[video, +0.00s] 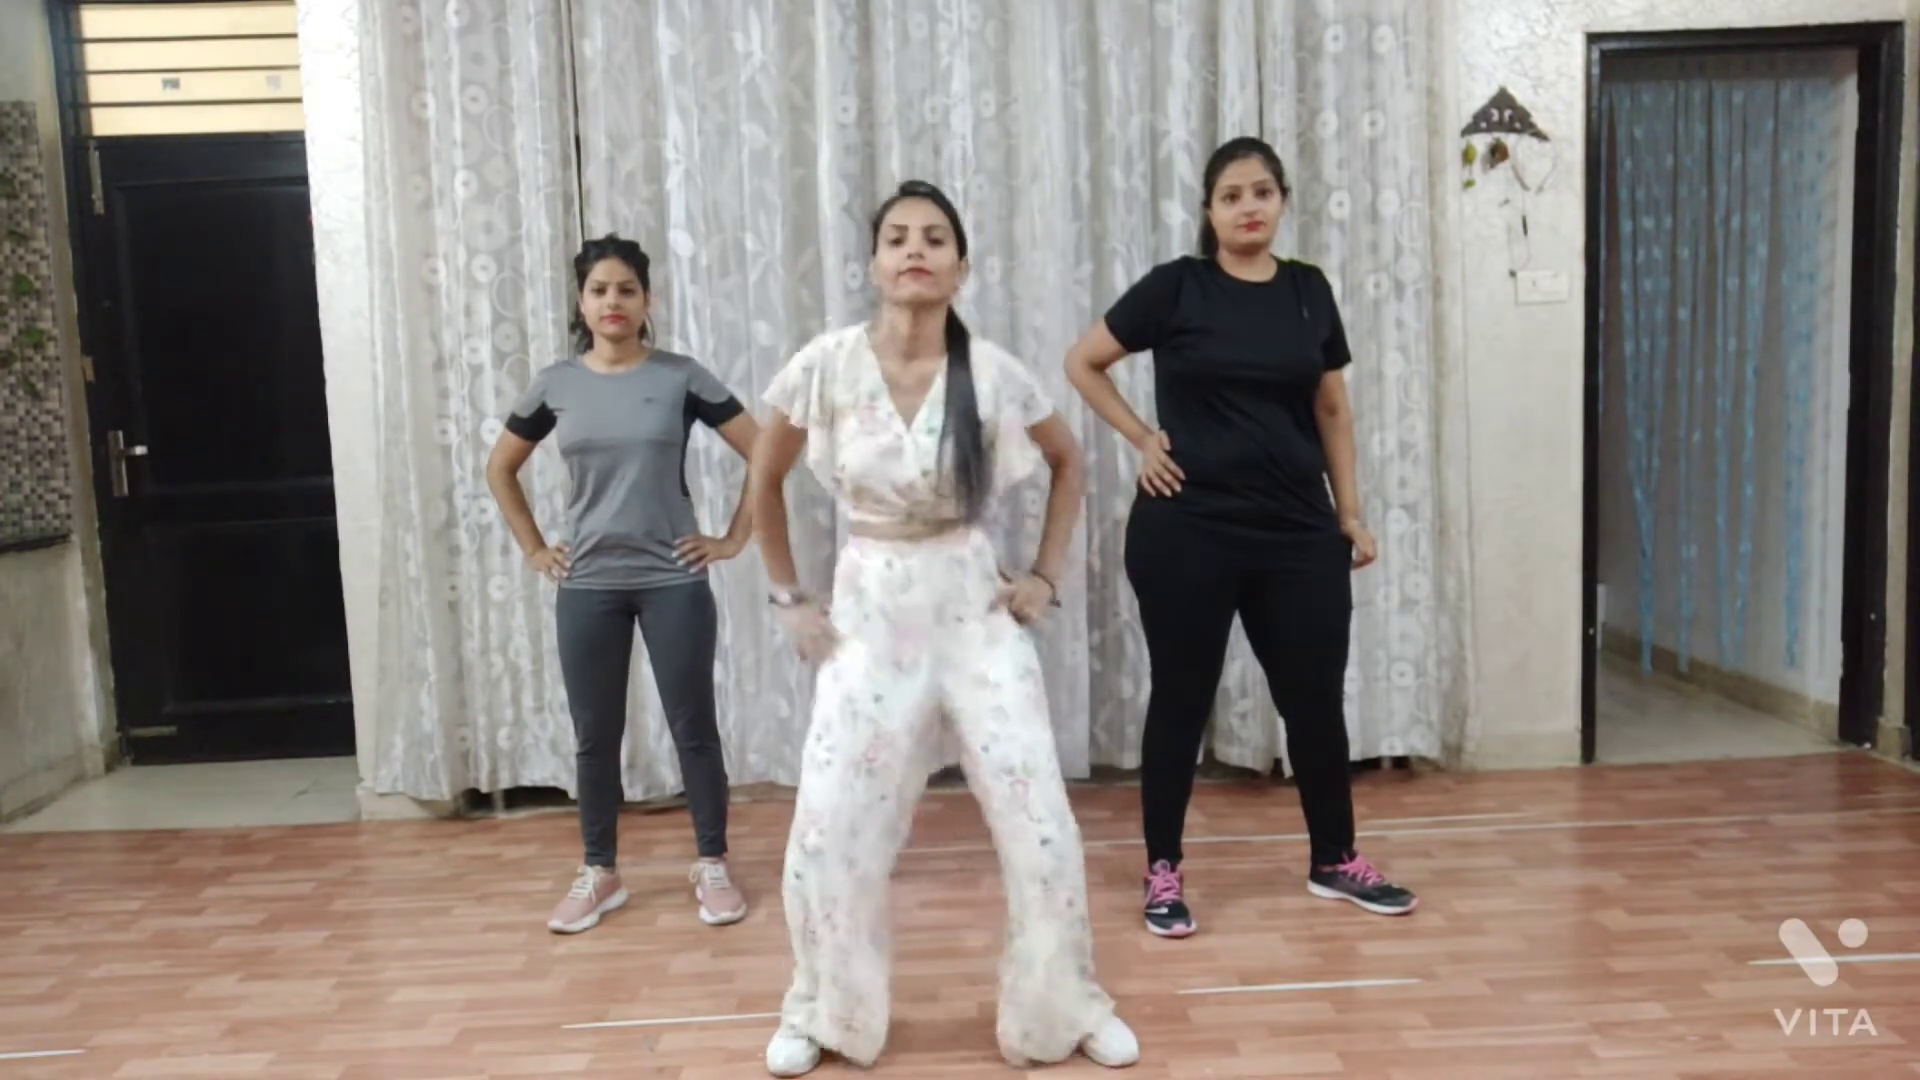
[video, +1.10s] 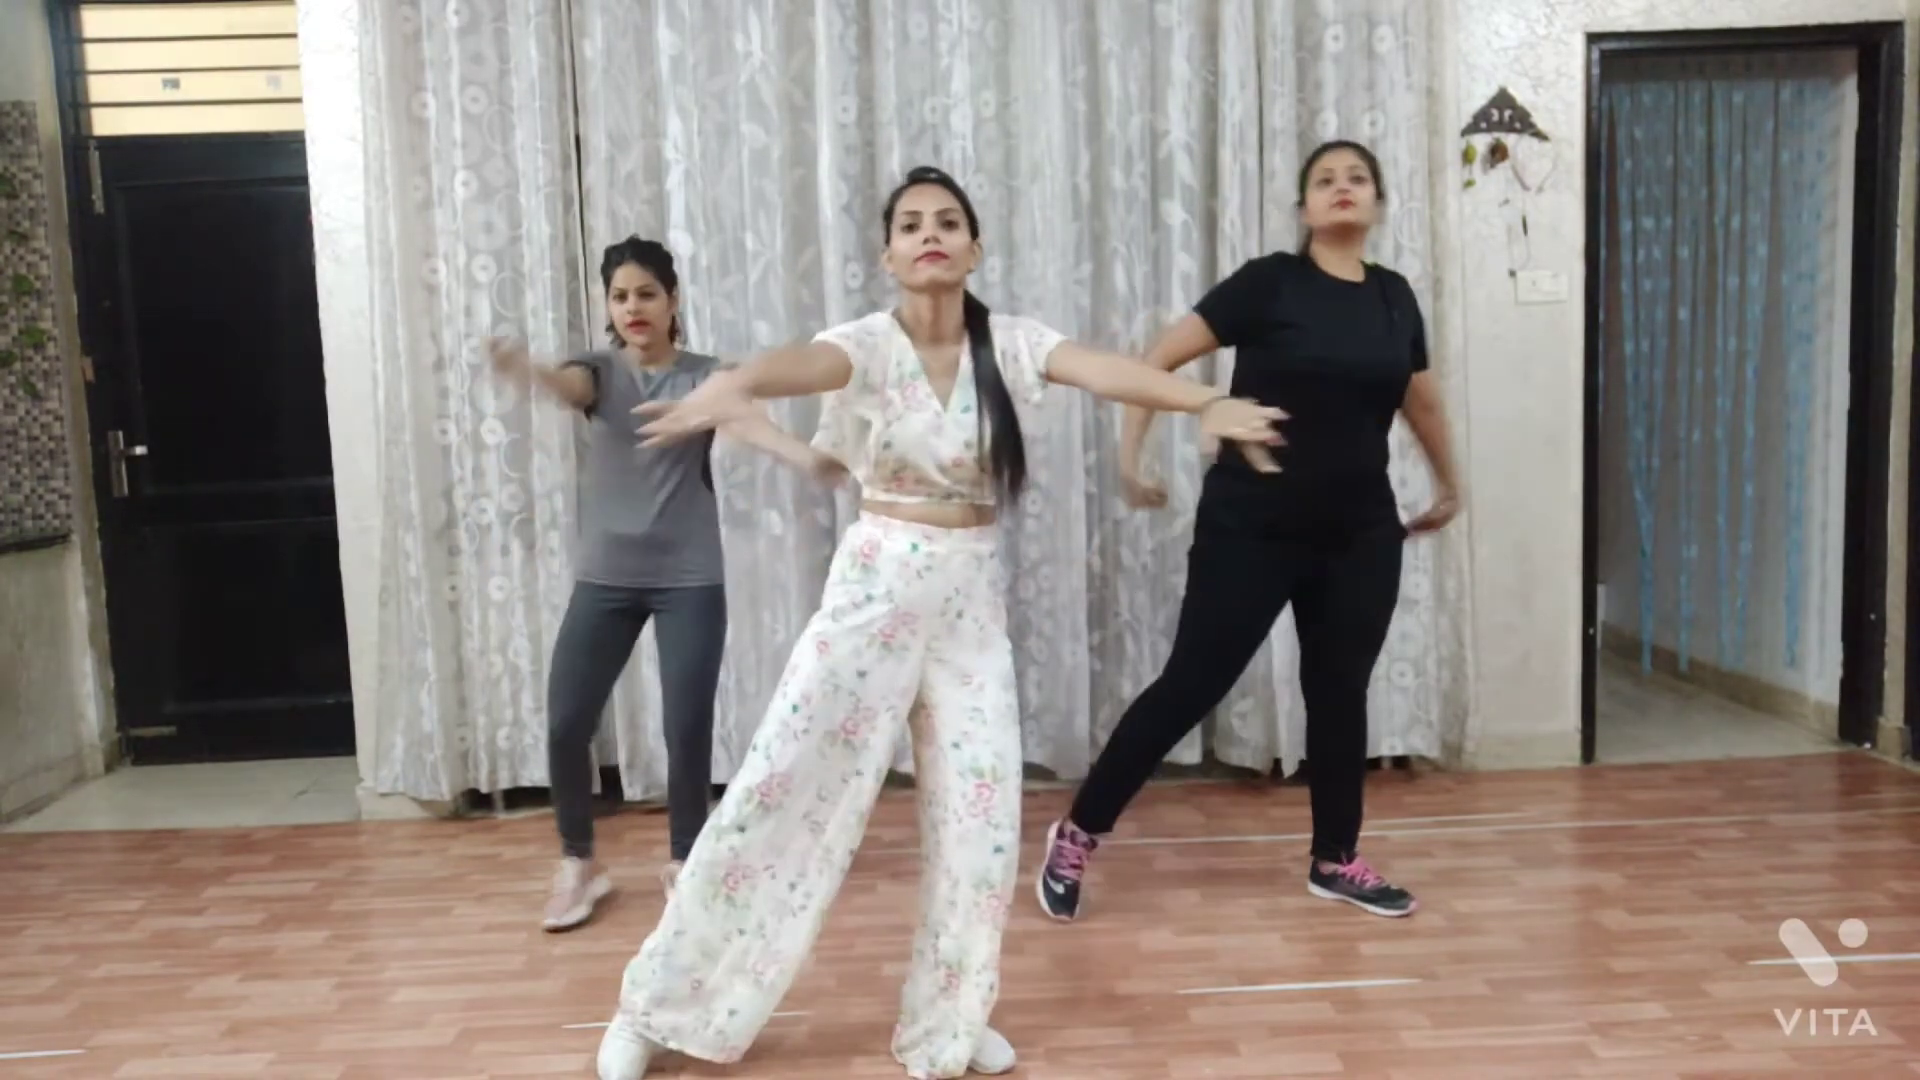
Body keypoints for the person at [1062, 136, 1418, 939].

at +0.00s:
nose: (1249, 207)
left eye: (1262, 193)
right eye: (1233, 195)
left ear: (1283, 203)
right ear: (1209, 208)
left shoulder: (1308, 290)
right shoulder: (1175, 288)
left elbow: (1334, 409)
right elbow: (1082, 363)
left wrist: (1349, 513)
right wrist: (1142, 438)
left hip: (1296, 529)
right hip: (1188, 527)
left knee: (1317, 699)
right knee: (1180, 700)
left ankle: (1336, 861)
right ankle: (1163, 871)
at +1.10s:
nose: (1343, 190)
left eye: (1357, 180)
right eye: (1327, 181)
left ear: (1379, 204)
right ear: (1303, 206)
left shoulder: (1394, 298)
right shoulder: (1269, 283)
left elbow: (1420, 402)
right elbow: (1159, 358)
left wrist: (1450, 488)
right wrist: (1131, 462)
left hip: (1357, 527)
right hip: (1252, 522)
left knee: (1340, 695)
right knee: (1190, 689)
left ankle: (1334, 859)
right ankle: (1078, 834)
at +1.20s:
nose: (1361, 200)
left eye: (1374, 190)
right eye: (1344, 191)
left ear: (1392, 212)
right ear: (1317, 213)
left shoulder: (1405, 307)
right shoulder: (1284, 278)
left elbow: (1485, 375)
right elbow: (1176, 314)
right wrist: (1152, 404)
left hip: (1358, 528)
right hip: (1256, 520)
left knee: (1336, 692)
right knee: (1195, 689)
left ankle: (1335, 856)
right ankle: (1079, 836)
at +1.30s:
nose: (1370, 204)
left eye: (1383, 194)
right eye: (1353, 194)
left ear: (1397, 215)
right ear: (1323, 214)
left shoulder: (1412, 306)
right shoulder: (1292, 270)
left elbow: (1511, 335)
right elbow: (1229, 278)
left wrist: (1611, 349)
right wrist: (1241, 331)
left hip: (1357, 527)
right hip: (1260, 517)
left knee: (1335, 691)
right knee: (1195, 687)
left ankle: (1335, 856)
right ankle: (1077, 831)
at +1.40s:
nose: (1374, 209)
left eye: (1386, 198)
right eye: (1357, 198)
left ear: (1399, 215)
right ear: (1325, 216)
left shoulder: (1414, 301)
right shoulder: (1296, 269)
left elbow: (1521, 309)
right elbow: (1270, 255)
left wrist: (1617, 296)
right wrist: (1337, 282)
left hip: (1356, 530)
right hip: (1257, 520)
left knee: (1333, 694)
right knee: (1195, 684)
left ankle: (1335, 857)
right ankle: (1075, 831)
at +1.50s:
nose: (1379, 209)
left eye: (1393, 200)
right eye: (1363, 199)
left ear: (1413, 217)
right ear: (1333, 221)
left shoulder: (1417, 306)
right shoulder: (1311, 282)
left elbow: (1519, 299)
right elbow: (1349, 243)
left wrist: (1522, 224)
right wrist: (1467, 204)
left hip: (1356, 532)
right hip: (1259, 522)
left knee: (1330, 695)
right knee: (1188, 685)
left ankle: (1334, 857)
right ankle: (1069, 831)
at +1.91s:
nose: (1393, 215)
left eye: (1405, 203)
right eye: (1374, 204)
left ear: (1417, 220)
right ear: (1341, 221)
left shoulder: (1418, 313)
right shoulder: (1323, 282)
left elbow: (1481, 347)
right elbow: (1425, 298)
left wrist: (1426, 273)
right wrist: (1490, 206)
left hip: (1355, 529)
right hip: (1263, 521)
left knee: (1332, 693)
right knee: (1193, 686)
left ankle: (1334, 858)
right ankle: (1070, 830)